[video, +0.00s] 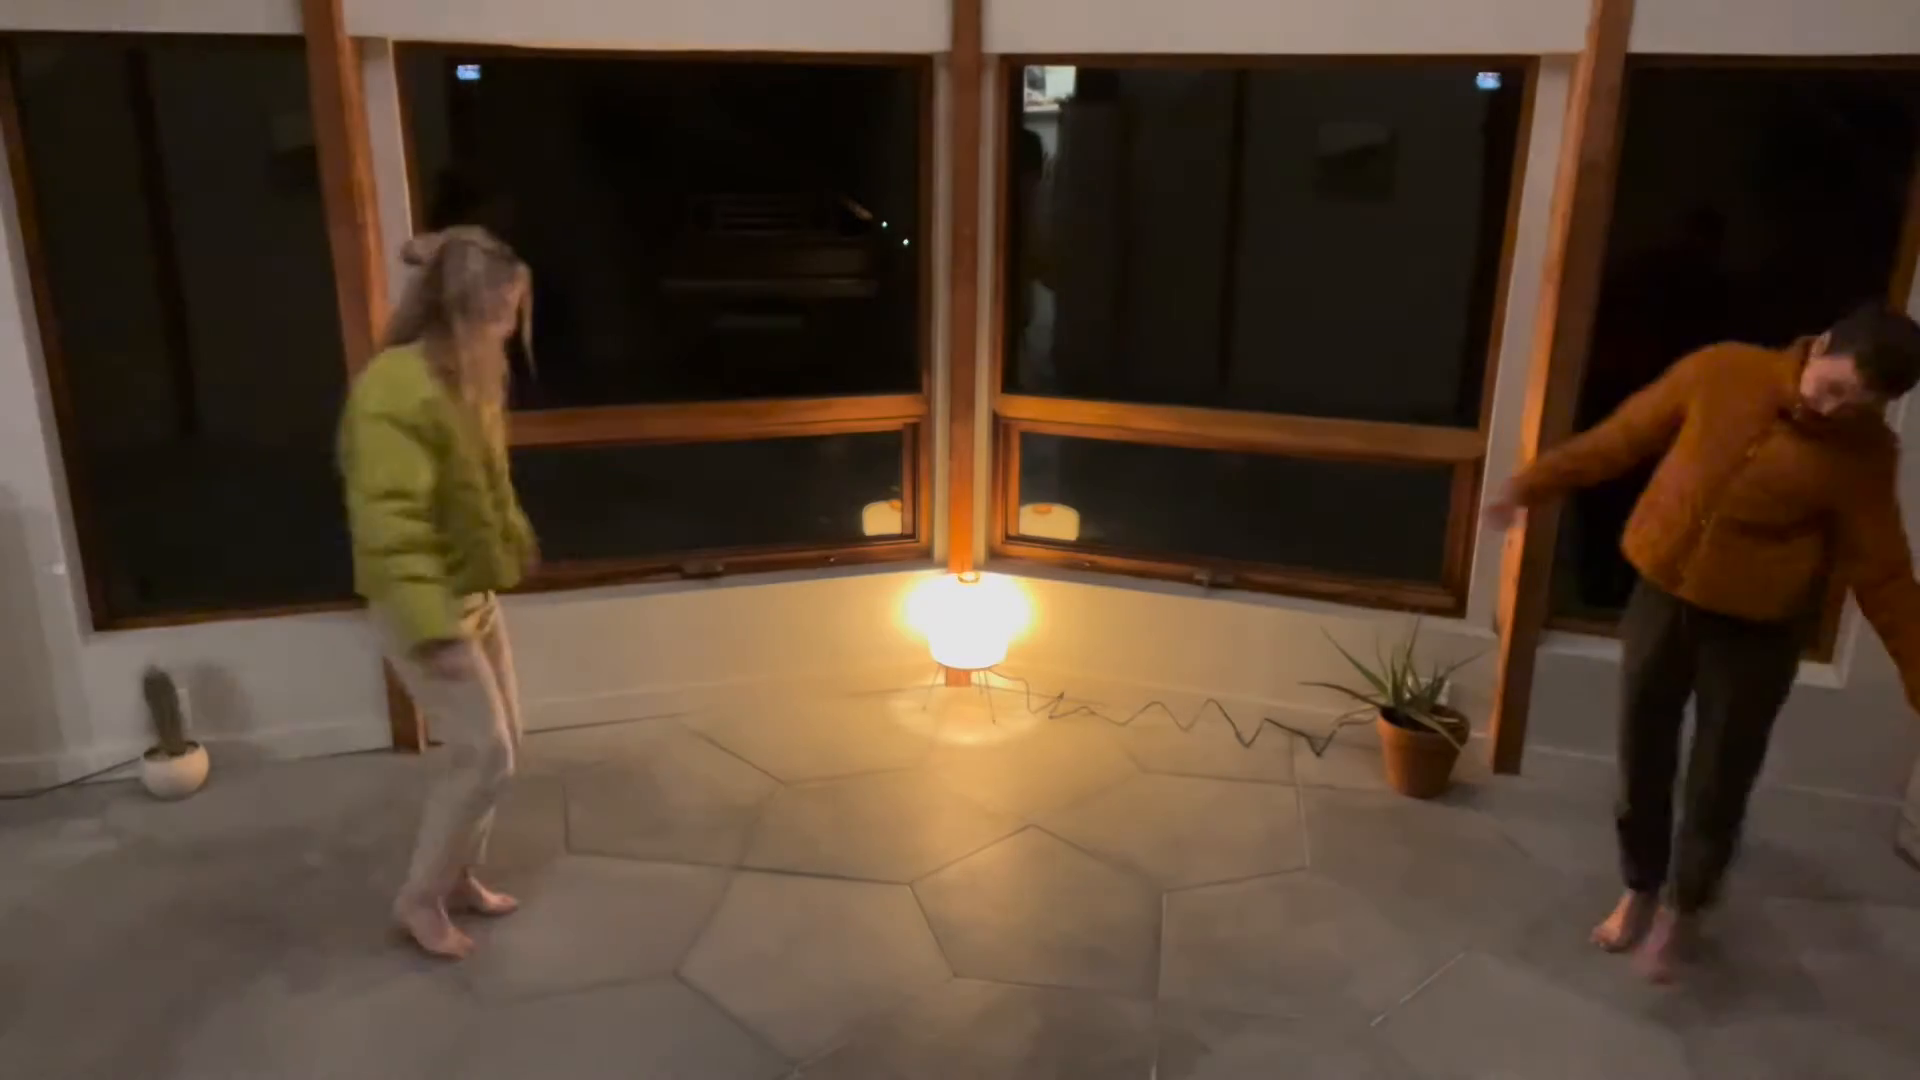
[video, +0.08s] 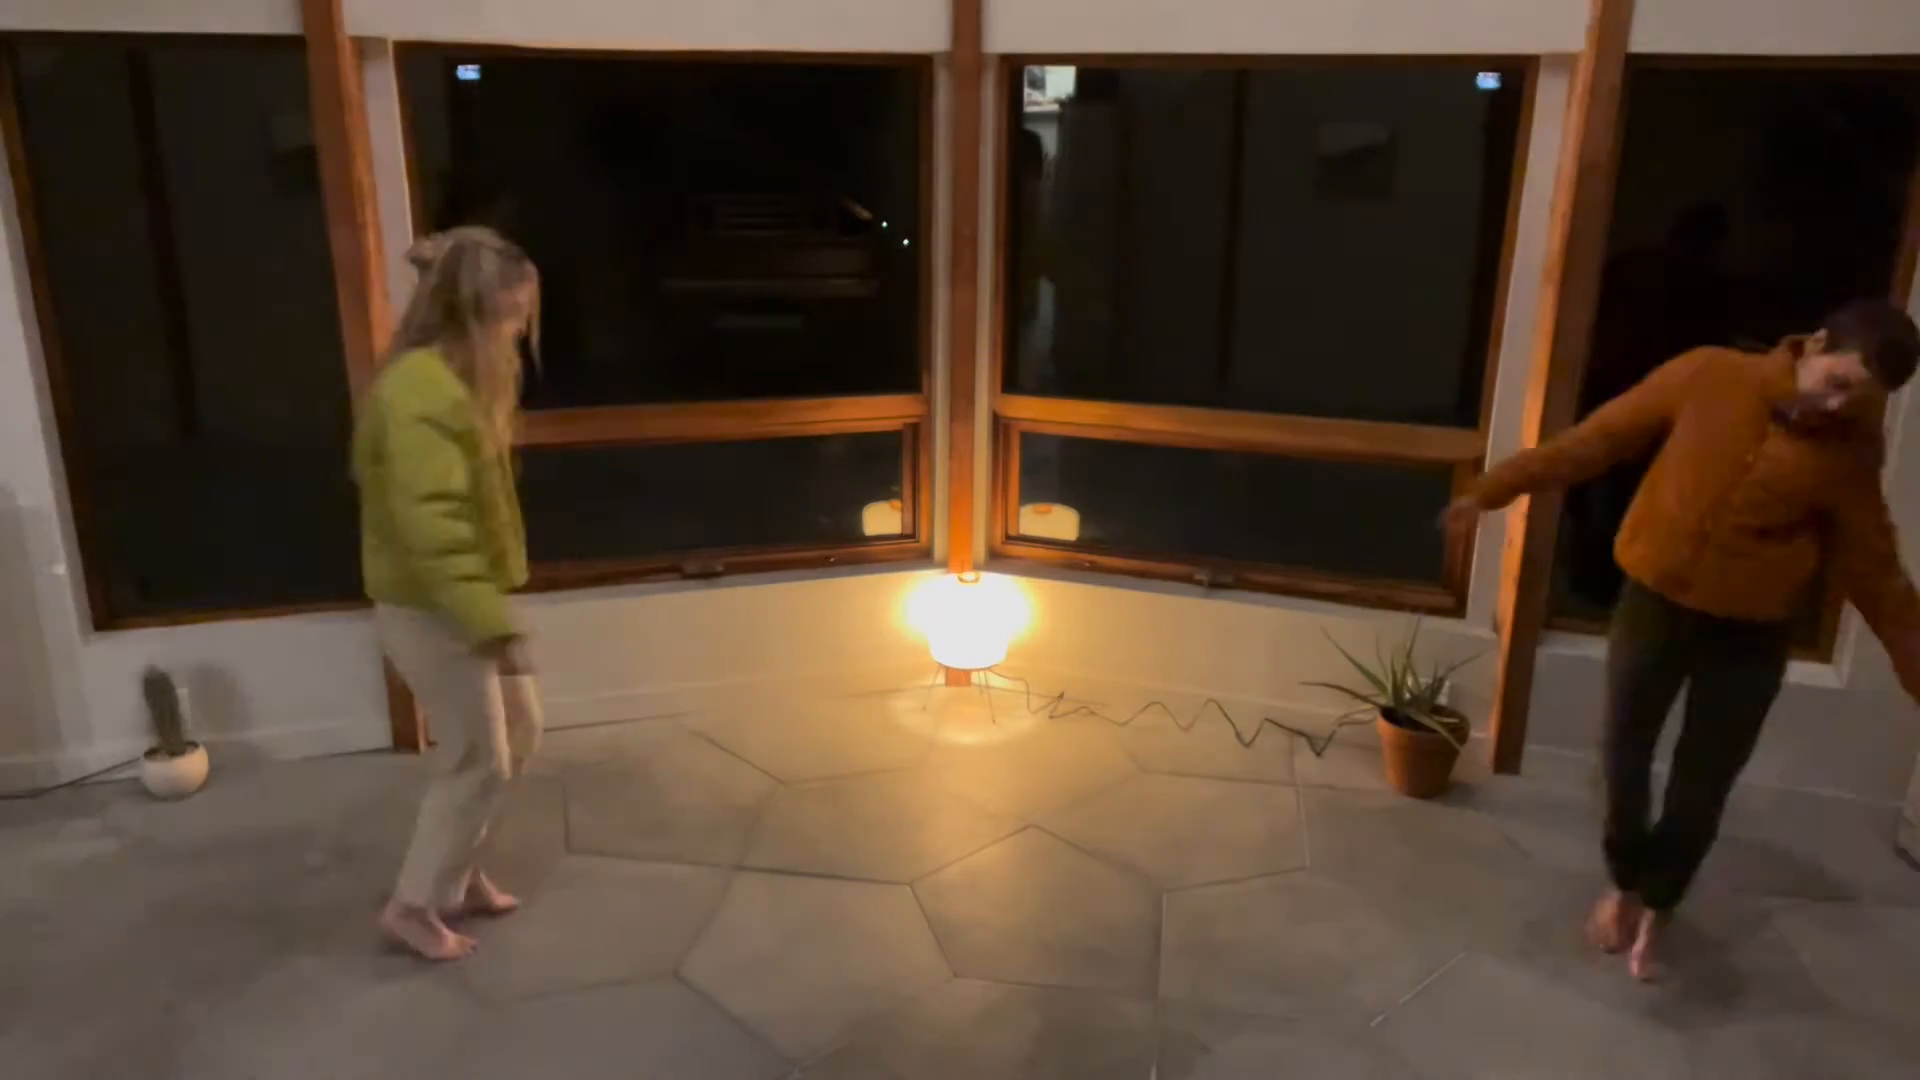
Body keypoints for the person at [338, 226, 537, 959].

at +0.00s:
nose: (513, 329)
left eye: (515, 313)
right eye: (505, 314)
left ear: (486, 311)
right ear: (465, 311)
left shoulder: (473, 374)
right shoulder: (394, 388)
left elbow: (487, 478)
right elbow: (387, 522)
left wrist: (515, 543)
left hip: (474, 594)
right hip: (422, 608)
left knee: (500, 748)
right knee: (482, 752)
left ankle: (459, 875)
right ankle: (418, 898)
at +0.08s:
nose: (523, 333)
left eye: (524, 318)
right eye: (516, 318)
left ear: (477, 311)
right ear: (477, 313)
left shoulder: (459, 382)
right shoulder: (420, 388)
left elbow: (468, 505)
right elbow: (427, 523)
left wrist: (497, 597)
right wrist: (489, 623)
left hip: (466, 596)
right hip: (422, 604)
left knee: (518, 731)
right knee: (479, 753)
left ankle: (457, 872)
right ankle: (412, 903)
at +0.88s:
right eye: (634, 289)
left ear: (545, 281)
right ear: (626, 295)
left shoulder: (494, 356)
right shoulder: (635, 364)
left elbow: (465, 484)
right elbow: (663, 481)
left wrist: (436, 586)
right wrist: (686, 568)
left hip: (525, 589)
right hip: (607, 589)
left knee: (550, 734)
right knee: (609, 727)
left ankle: (575, 871)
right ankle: (594, 877)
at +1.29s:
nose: (695, 297)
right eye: (691, 286)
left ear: (610, 272)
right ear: (681, 289)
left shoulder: (553, 344)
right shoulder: (682, 361)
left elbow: (452, 405)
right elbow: (718, 464)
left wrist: (374, 337)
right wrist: (774, 515)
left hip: (570, 569)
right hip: (651, 569)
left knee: (589, 712)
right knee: (657, 685)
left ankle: (605, 849)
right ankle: (656, 823)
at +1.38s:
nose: (700, 297)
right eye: (697, 285)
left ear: (617, 272)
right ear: (685, 288)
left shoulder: (557, 338)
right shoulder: (685, 355)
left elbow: (451, 380)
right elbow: (719, 458)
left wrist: (402, 303)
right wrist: (776, 503)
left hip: (575, 564)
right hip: (657, 564)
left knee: (592, 701)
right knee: (656, 688)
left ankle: (612, 827)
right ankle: (651, 823)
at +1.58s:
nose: (719, 298)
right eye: (717, 285)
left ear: (637, 269)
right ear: (706, 291)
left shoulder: (570, 326)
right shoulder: (702, 356)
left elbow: (484, 313)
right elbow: (717, 465)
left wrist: (495, 219)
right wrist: (796, 499)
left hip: (584, 543)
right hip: (666, 549)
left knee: (599, 682)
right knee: (666, 677)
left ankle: (602, 807)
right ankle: (660, 811)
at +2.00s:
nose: (742, 328)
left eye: (746, 314)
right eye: (738, 314)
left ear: (673, 283)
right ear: (707, 306)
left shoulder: (623, 305)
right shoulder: (683, 365)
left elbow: (647, 246)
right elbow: (683, 473)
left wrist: (688, 187)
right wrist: (774, 457)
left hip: (619, 523)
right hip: (664, 538)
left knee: (651, 648)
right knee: (688, 655)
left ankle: (632, 768)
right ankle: (659, 791)